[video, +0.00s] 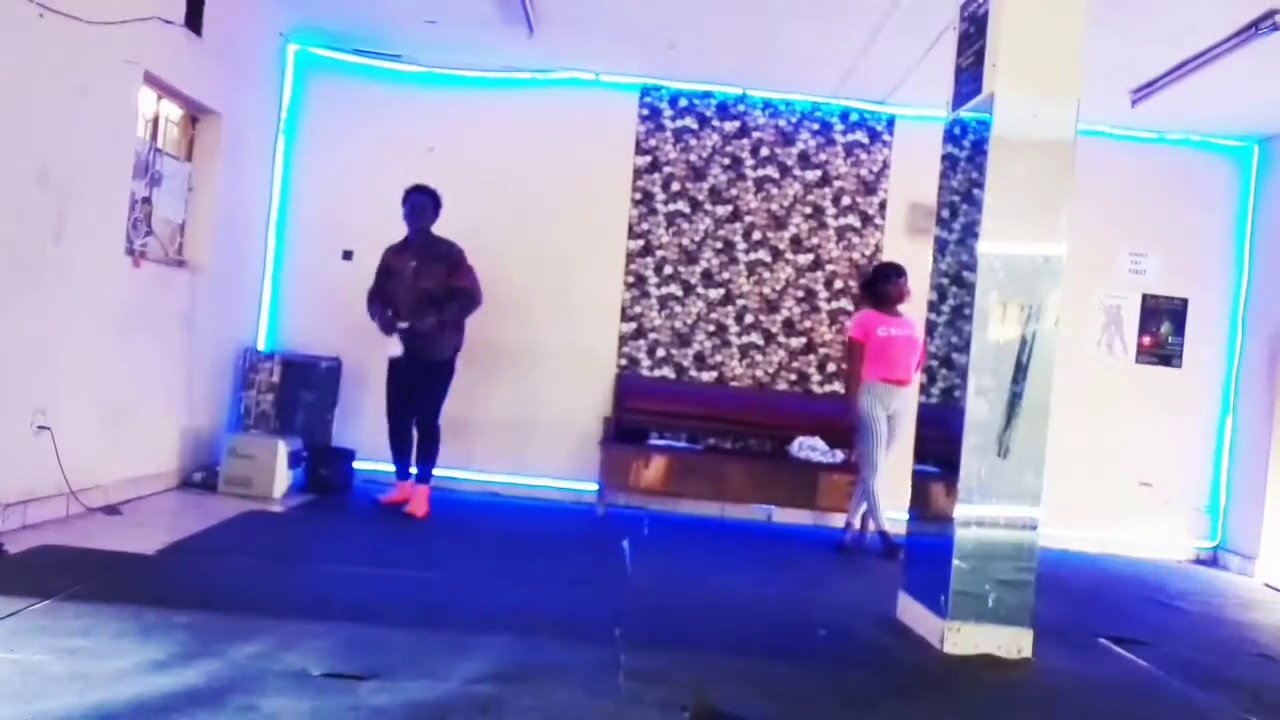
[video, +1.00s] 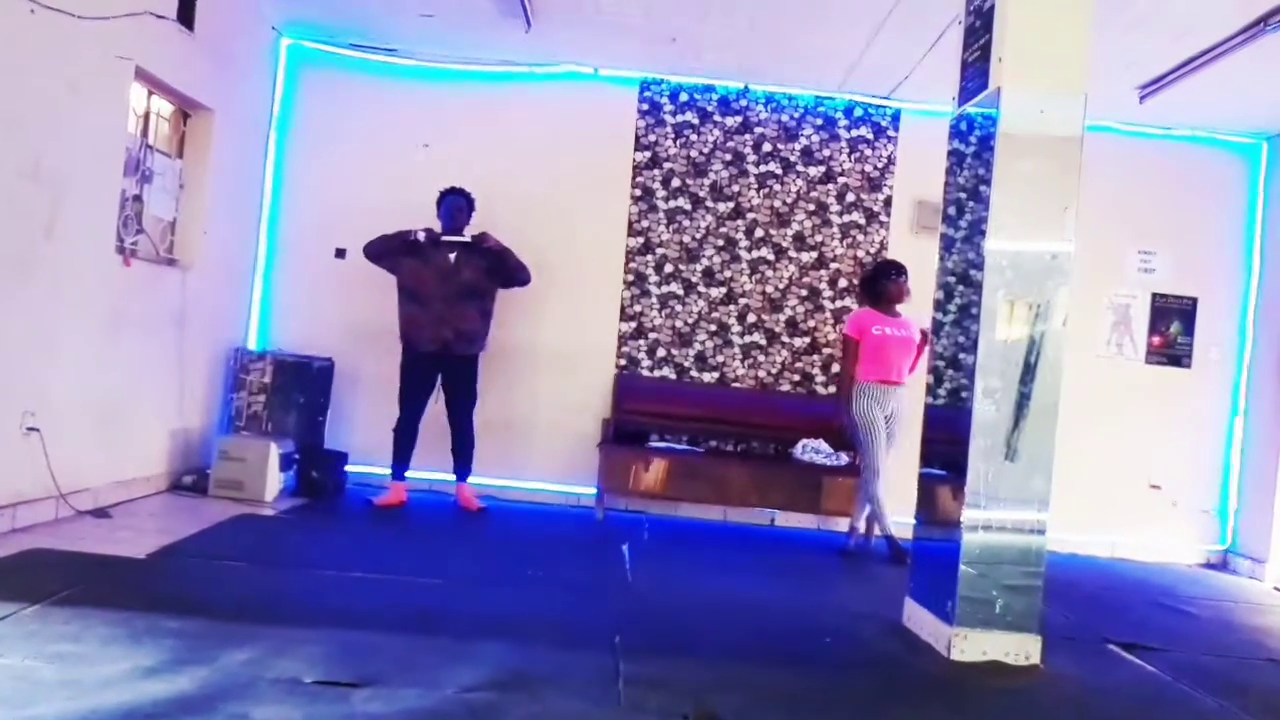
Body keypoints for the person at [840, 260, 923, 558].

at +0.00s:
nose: (905, 288)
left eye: (905, 282)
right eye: (899, 282)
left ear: (903, 288)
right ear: (882, 287)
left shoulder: (909, 324)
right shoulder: (865, 320)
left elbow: (917, 365)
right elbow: (854, 364)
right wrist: (852, 399)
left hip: (901, 391)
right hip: (873, 387)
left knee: (877, 461)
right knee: (872, 460)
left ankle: (852, 525)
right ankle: (881, 530)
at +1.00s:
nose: (906, 287)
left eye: (906, 281)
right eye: (899, 281)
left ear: (903, 286)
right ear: (881, 285)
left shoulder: (907, 326)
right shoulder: (861, 318)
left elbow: (908, 371)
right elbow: (847, 368)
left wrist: (923, 346)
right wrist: (844, 410)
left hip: (894, 395)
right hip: (866, 393)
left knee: (876, 467)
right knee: (873, 466)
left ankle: (856, 533)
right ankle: (890, 537)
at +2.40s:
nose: (894, 287)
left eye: (894, 281)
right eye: (888, 281)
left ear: (881, 287)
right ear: (871, 285)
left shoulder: (896, 325)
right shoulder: (849, 317)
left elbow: (894, 369)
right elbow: (838, 364)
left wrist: (910, 342)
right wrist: (834, 403)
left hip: (887, 397)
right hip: (857, 394)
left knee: (869, 465)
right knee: (870, 463)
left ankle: (853, 532)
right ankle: (888, 535)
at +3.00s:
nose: (895, 287)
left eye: (894, 281)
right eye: (889, 282)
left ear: (884, 287)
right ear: (871, 286)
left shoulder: (892, 326)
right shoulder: (850, 316)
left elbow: (892, 369)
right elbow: (837, 364)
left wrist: (909, 346)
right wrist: (834, 405)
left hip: (886, 398)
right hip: (856, 394)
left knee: (869, 464)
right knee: (869, 462)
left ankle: (853, 533)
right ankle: (888, 535)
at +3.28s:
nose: (893, 287)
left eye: (893, 281)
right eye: (887, 281)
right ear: (871, 286)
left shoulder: (892, 324)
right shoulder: (849, 316)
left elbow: (894, 363)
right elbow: (836, 363)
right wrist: (830, 405)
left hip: (884, 394)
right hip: (855, 392)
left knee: (885, 449)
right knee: (862, 451)